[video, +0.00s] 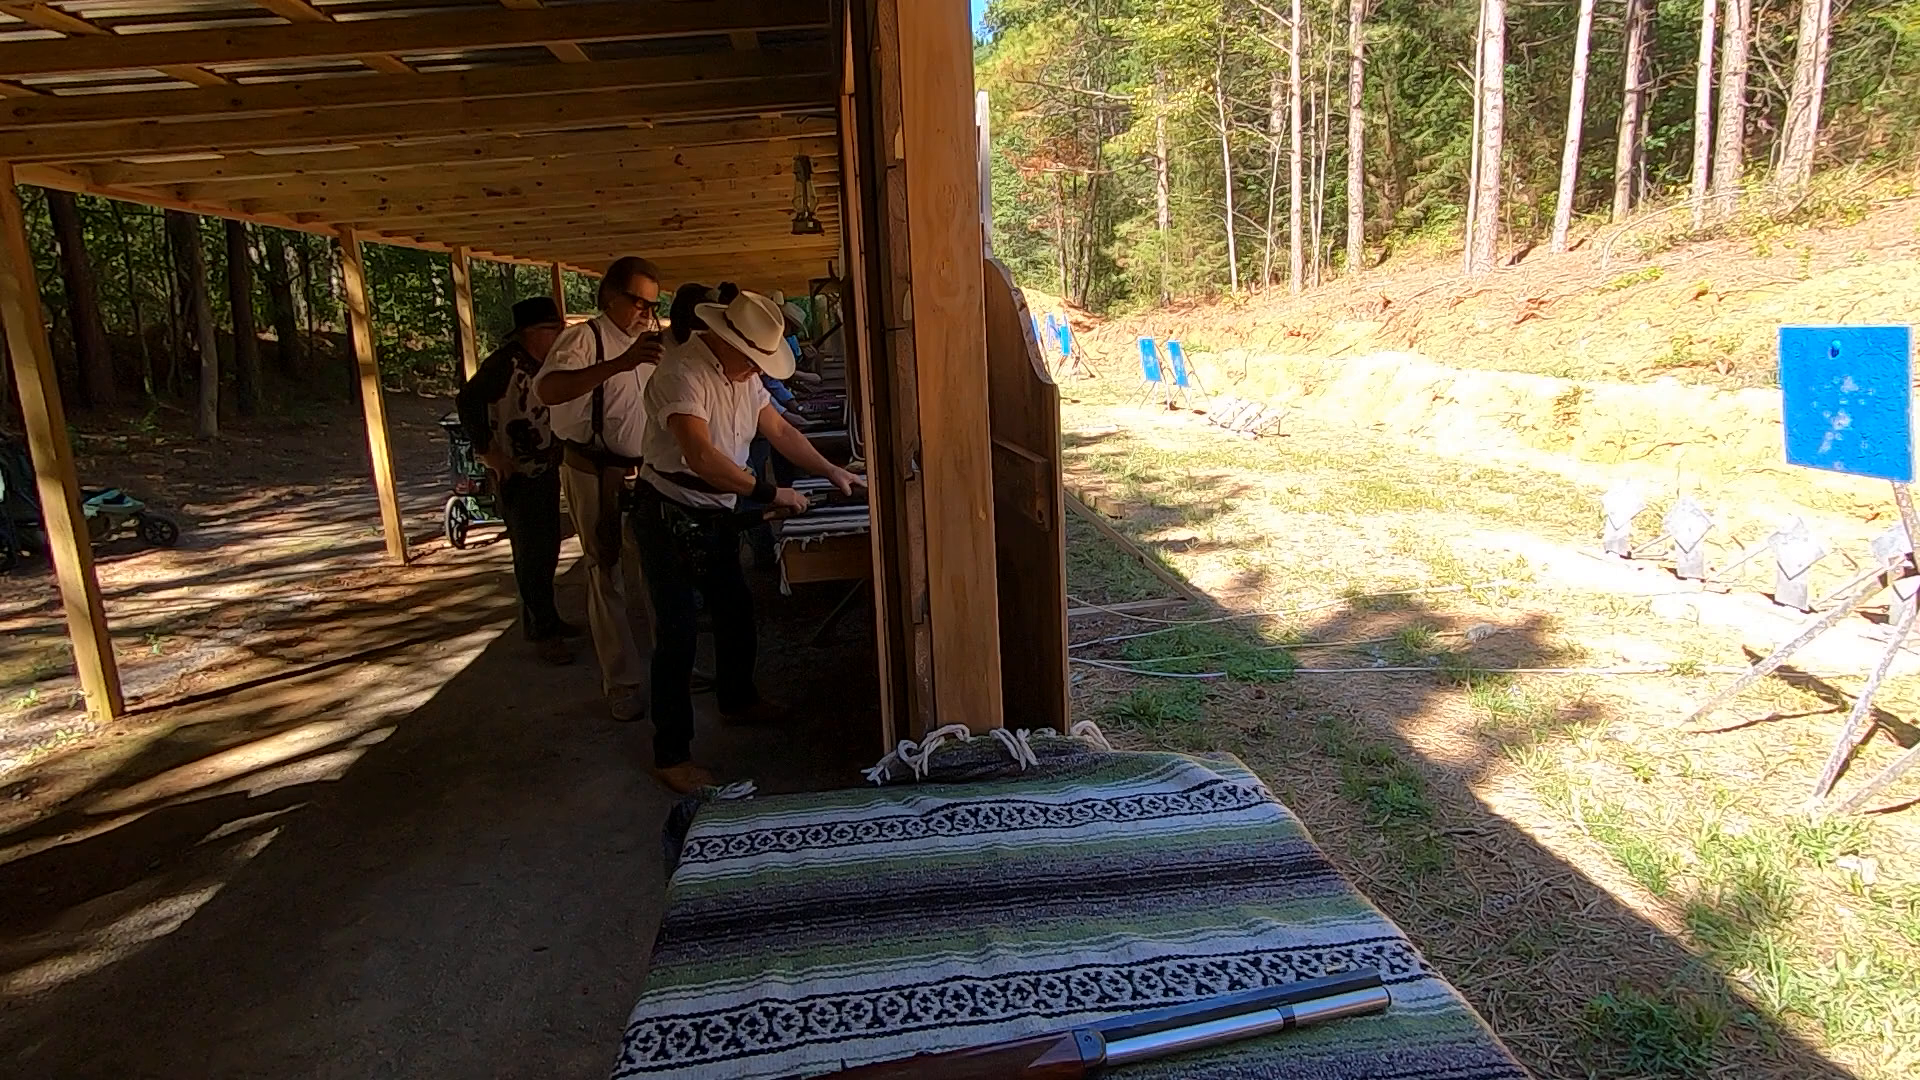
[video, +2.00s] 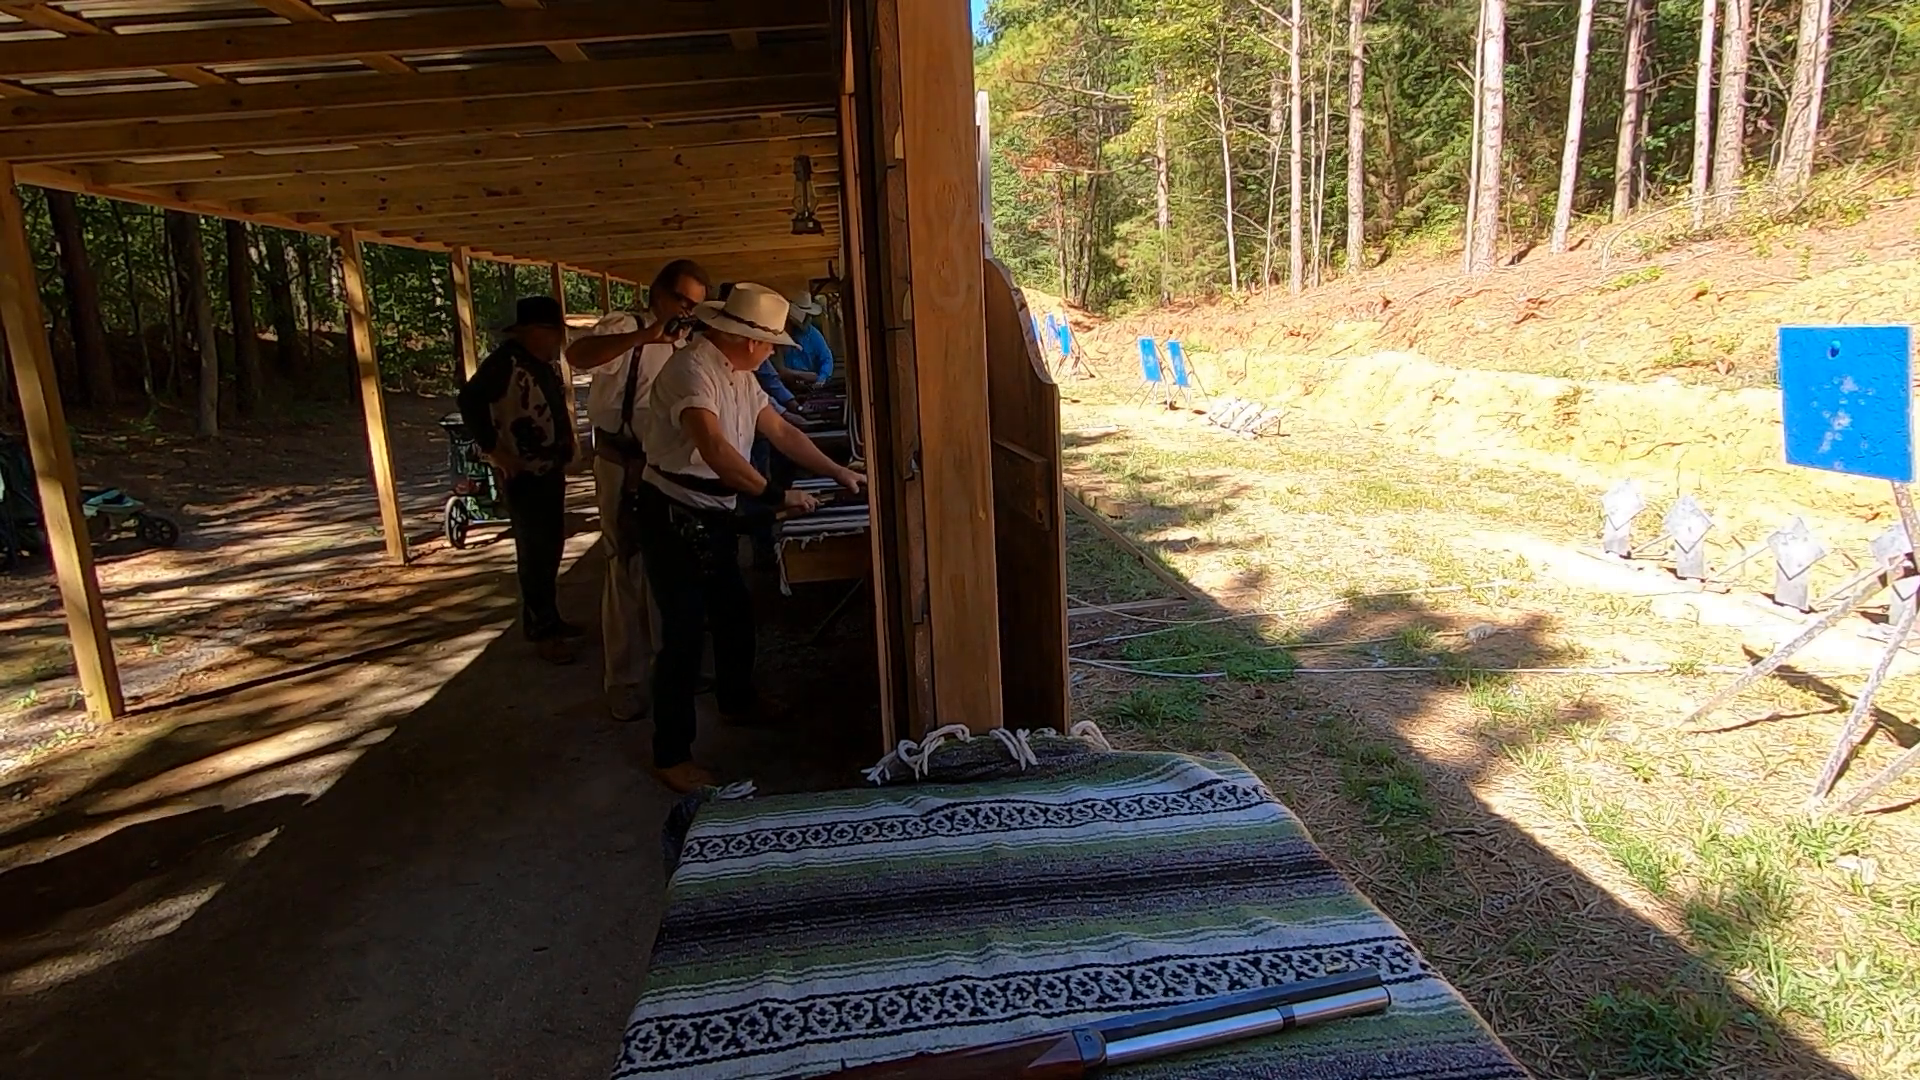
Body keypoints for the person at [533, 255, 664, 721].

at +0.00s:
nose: (644, 313)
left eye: (651, 305)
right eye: (636, 303)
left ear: (654, 304)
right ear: (608, 296)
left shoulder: (652, 340)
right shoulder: (583, 337)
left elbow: (671, 395)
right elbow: (546, 390)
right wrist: (621, 362)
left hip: (645, 466)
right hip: (592, 470)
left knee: (654, 571)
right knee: (606, 577)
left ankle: (669, 667)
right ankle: (622, 684)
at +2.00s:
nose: (685, 311)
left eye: (694, 306)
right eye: (680, 300)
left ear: (700, 309)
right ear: (657, 293)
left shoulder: (693, 346)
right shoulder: (625, 326)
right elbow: (577, 355)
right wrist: (644, 337)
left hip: (673, 464)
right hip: (619, 463)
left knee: (672, 569)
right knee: (625, 572)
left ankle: (676, 670)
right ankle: (623, 682)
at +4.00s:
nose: (687, 312)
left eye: (693, 306)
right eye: (681, 302)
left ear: (695, 309)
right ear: (658, 298)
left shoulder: (694, 352)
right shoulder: (629, 342)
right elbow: (589, 347)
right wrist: (664, 337)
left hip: (672, 464)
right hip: (621, 468)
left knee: (674, 570)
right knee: (627, 575)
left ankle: (675, 672)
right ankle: (624, 685)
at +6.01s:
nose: (690, 315)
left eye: (697, 310)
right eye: (684, 304)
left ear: (699, 311)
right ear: (659, 296)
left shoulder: (690, 344)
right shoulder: (631, 325)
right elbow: (608, 348)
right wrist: (675, 344)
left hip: (667, 461)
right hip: (618, 462)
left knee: (670, 566)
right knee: (624, 572)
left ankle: (670, 667)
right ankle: (623, 682)